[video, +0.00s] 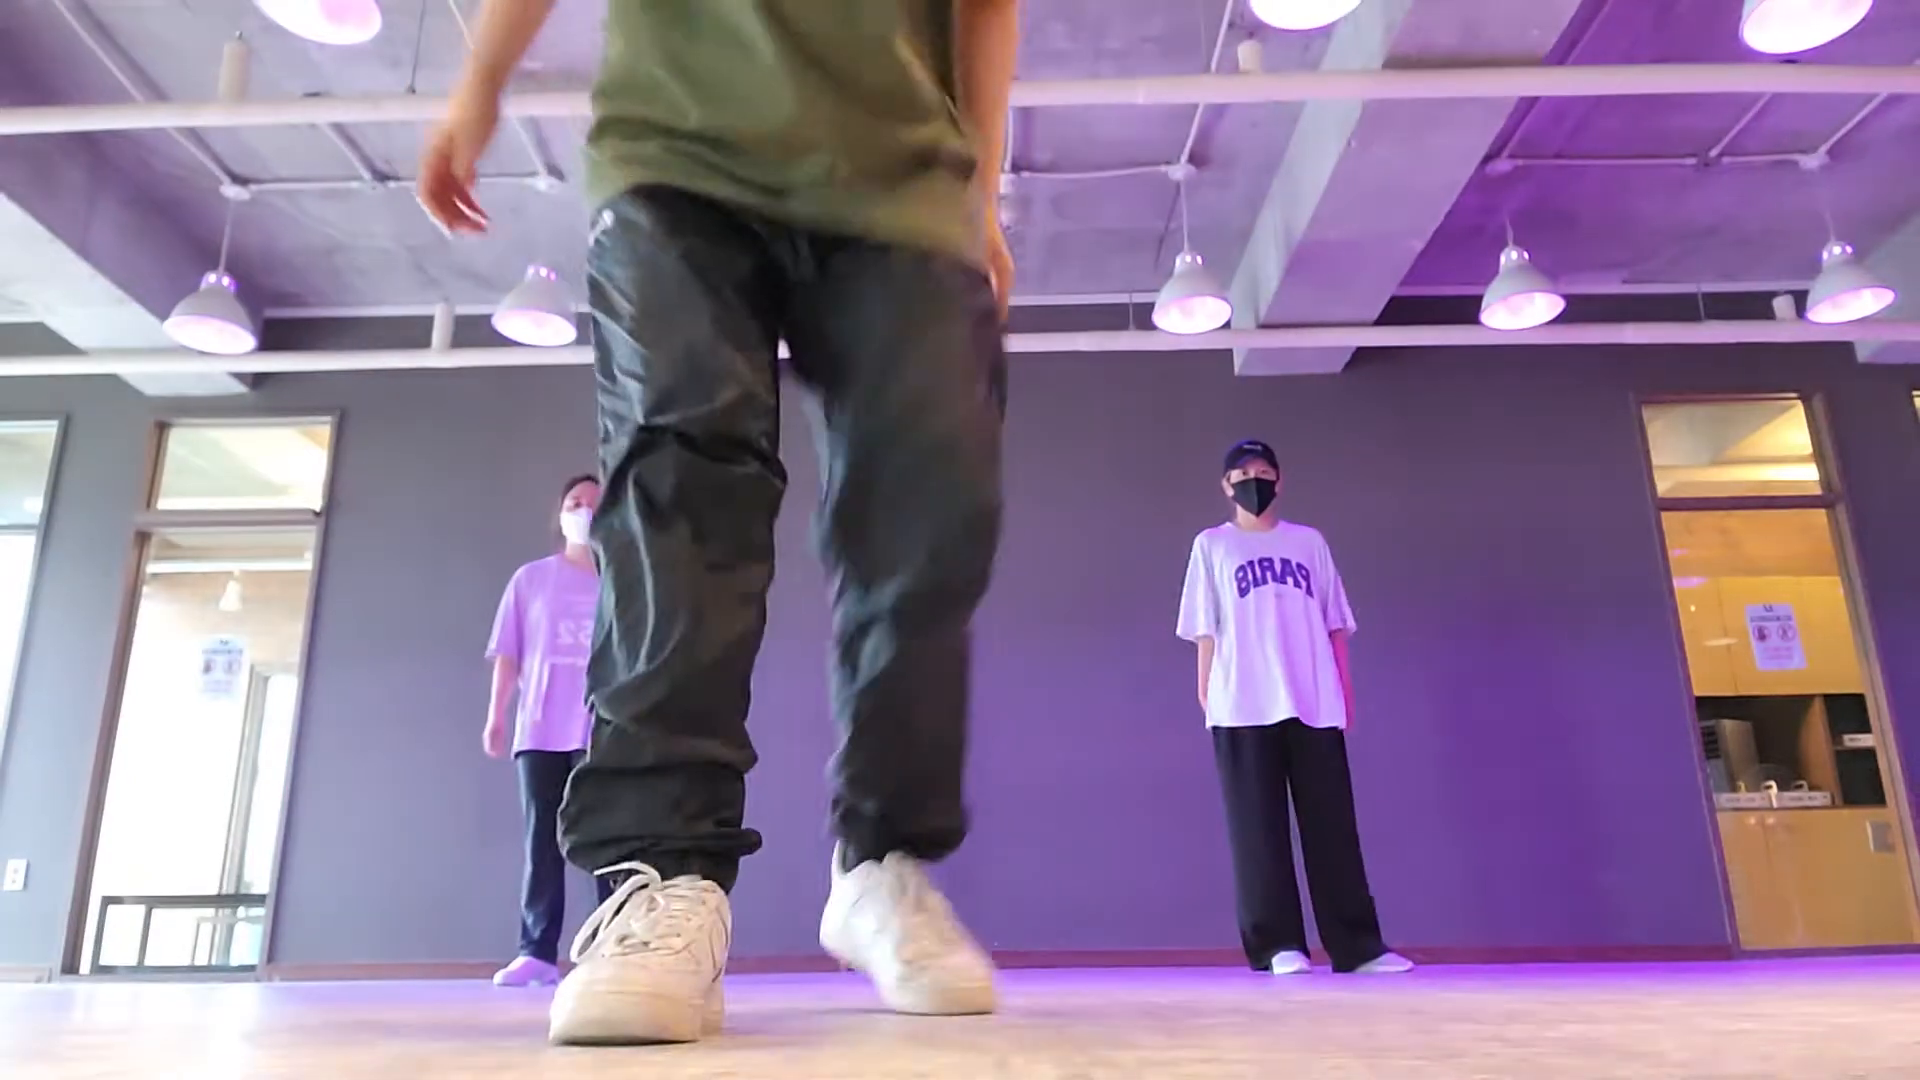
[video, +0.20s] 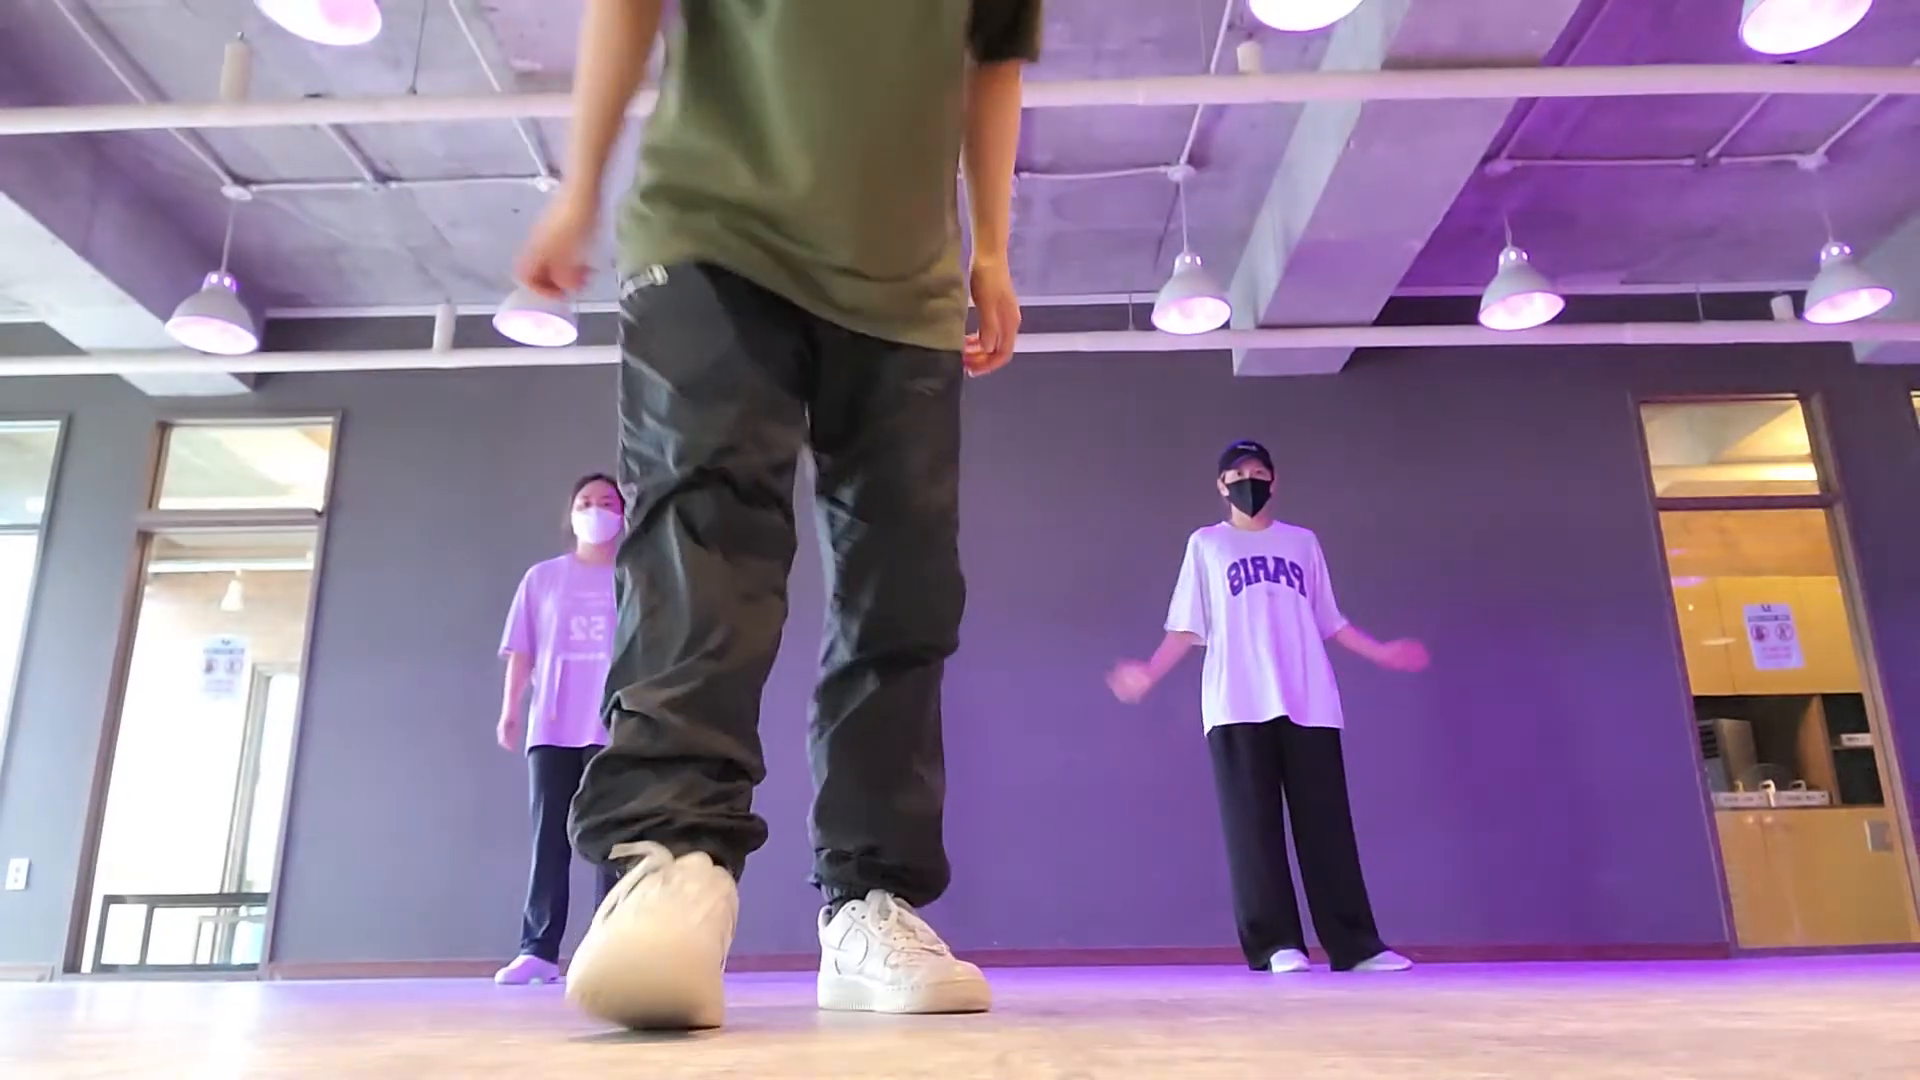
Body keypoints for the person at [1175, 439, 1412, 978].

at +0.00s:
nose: (1253, 479)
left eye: (1262, 471)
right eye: (1242, 472)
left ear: (1278, 481)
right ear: (1227, 485)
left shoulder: (1310, 542)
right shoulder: (1211, 546)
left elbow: (1335, 630)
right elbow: (1207, 638)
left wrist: (1345, 698)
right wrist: (1208, 709)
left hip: (1313, 704)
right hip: (1244, 709)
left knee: (1333, 829)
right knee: (1261, 834)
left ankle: (1359, 948)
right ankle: (1278, 948)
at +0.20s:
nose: (1249, 482)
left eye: (1258, 473)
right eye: (1238, 475)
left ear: (1274, 481)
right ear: (1222, 485)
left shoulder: (1304, 543)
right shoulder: (1206, 545)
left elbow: (1331, 624)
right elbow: (1187, 629)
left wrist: (1382, 652)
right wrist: (1147, 673)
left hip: (1309, 704)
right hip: (1239, 708)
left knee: (1327, 827)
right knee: (1255, 833)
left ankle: (1356, 949)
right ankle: (1275, 947)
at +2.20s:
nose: (1256, 486)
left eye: (1265, 478)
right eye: (1245, 479)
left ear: (1280, 486)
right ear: (1229, 490)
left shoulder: (1310, 548)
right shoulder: (1211, 549)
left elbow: (1338, 623)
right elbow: (1204, 624)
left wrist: (1367, 676)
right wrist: (1213, 677)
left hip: (1310, 708)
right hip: (1245, 710)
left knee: (1318, 827)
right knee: (1259, 832)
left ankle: (1327, 943)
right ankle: (1275, 946)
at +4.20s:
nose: (1261, 482)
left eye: (1270, 474)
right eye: (1250, 475)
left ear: (1282, 484)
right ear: (1232, 486)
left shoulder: (1312, 545)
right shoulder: (1213, 544)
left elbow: (1335, 625)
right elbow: (1203, 622)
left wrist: (1352, 685)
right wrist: (1208, 683)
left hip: (1310, 703)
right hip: (1246, 705)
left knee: (1317, 823)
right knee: (1257, 827)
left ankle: (1325, 942)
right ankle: (1272, 944)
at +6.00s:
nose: (1260, 478)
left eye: (1268, 470)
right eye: (1248, 471)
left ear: (1282, 480)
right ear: (1230, 483)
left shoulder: (1312, 543)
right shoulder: (1213, 543)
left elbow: (1340, 627)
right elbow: (1204, 627)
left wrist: (1373, 686)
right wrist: (1194, 687)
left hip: (1311, 709)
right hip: (1242, 710)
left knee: (1317, 826)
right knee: (1256, 829)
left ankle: (1325, 942)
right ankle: (1273, 945)